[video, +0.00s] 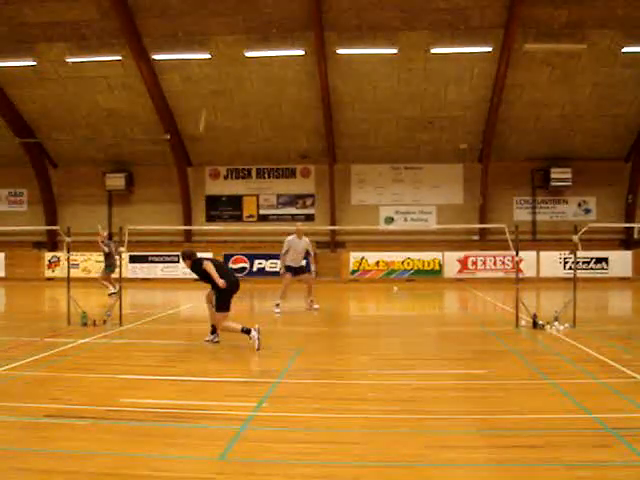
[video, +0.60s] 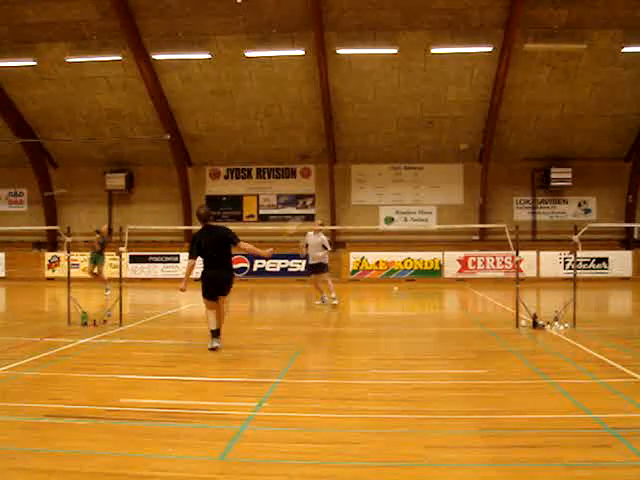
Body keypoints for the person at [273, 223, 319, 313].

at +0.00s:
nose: (299, 230)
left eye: (301, 228)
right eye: (298, 228)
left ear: (303, 230)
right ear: (295, 229)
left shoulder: (306, 241)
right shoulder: (289, 240)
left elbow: (311, 255)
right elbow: (283, 253)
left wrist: (312, 269)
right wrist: (282, 267)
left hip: (300, 264)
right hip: (289, 264)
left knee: (309, 279)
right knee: (287, 279)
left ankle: (310, 302)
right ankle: (279, 303)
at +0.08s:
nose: (305, 230)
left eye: (307, 228)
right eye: (303, 228)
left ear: (309, 229)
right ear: (300, 229)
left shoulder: (311, 240)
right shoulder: (293, 239)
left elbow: (314, 253)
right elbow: (287, 251)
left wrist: (314, 267)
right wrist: (286, 263)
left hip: (305, 264)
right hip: (293, 263)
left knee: (310, 281)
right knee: (288, 280)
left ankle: (308, 303)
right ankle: (278, 302)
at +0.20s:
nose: (312, 227)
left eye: (314, 225)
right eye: (311, 224)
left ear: (316, 226)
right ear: (308, 225)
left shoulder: (318, 236)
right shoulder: (300, 234)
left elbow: (321, 249)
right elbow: (294, 245)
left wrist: (319, 260)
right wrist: (294, 257)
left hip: (312, 261)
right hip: (301, 260)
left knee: (316, 280)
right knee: (296, 277)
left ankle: (312, 301)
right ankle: (289, 298)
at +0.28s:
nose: (314, 227)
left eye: (316, 225)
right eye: (312, 224)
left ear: (317, 226)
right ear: (308, 224)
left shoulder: (319, 235)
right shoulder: (301, 234)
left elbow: (323, 249)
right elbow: (295, 246)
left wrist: (320, 260)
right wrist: (296, 257)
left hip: (314, 259)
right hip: (302, 259)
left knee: (318, 278)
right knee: (298, 277)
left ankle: (316, 298)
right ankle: (291, 298)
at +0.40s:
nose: (317, 228)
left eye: (319, 226)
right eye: (315, 225)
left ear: (321, 227)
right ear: (312, 227)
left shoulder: (325, 238)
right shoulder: (308, 236)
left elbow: (329, 252)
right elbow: (302, 247)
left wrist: (323, 263)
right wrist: (301, 258)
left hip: (320, 262)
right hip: (309, 262)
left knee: (324, 282)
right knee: (304, 281)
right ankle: (303, 298)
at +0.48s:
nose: (318, 231)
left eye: (320, 229)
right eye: (316, 229)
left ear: (322, 230)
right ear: (314, 230)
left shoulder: (325, 240)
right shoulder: (310, 239)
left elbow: (331, 254)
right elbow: (306, 250)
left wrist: (323, 263)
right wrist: (303, 258)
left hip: (322, 264)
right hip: (312, 264)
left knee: (327, 282)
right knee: (308, 284)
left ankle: (334, 299)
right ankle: (313, 298)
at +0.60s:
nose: (316, 227)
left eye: (318, 225)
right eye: (315, 225)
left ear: (321, 227)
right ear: (313, 226)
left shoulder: (322, 238)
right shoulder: (309, 235)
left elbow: (329, 249)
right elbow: (305, 244)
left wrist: (321, 254)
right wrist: (304, 252)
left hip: (322, 261)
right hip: (312, 261)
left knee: (326, 278)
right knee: (314, 281)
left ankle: (333, 296)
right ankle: (322, 296)